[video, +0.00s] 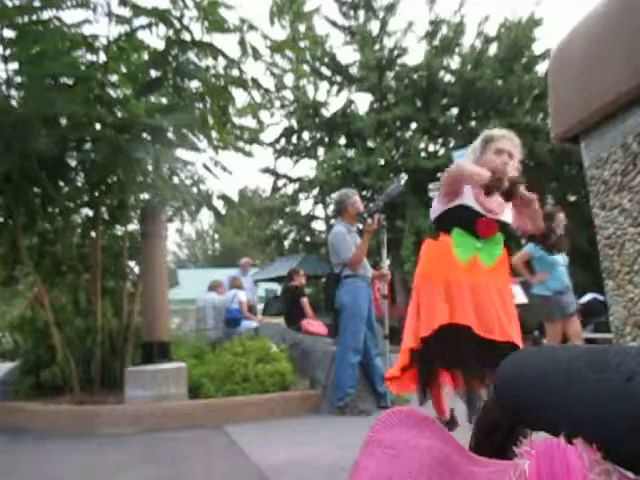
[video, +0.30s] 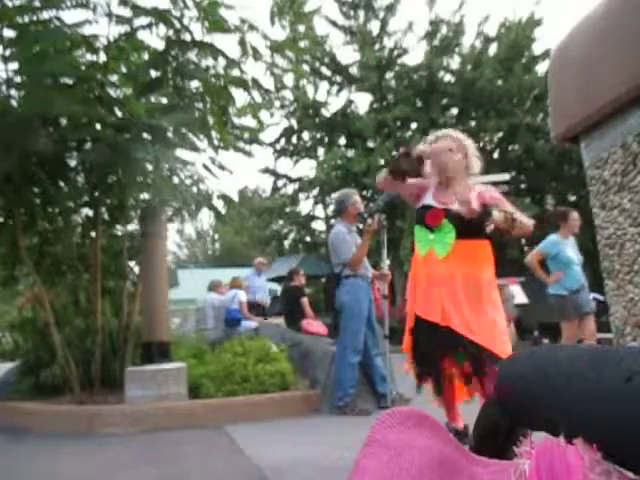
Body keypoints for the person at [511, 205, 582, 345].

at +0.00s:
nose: (563, 224)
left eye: (564, 221)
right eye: (560, 221)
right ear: (551, 223)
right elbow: (516, 260)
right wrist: (531, 278)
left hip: (565, 291)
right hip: (546, 294)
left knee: (576, 336)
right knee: (554, 338)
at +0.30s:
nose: (578, 224)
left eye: (578, 220)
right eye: (575, 220)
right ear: (564, 223)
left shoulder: (572, 240)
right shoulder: (553, 241)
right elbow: (530, 259)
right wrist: (546, 278)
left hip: (580, 289)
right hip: (562, 292)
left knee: (590, 334)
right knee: (569, 336)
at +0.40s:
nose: (583, 224)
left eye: (583, 220)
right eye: (579, 220)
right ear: (569, 222)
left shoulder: (575, 240)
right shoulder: (558, 240)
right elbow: (536, 259)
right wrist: (551, 278)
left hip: (585, 288)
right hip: (568, 292)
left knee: (593, 334)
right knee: (581, 336)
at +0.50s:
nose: (587, 223)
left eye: (587, 219)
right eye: (583, 219)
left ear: (587, 222)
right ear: (573, 222)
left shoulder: (578, 240)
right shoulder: (562, 240)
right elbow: (540, 259)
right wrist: (555, 279)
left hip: (588, 288)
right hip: (574, 292)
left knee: (594, 333)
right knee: (593, 334)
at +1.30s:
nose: (594, 218)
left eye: (594, 214)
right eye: (591, 214)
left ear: (584, 217)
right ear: (581, 217)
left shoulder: (584, 237)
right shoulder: (576, 234)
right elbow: (559, 253)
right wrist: (573, 272)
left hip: (595, 287)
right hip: (585, 288)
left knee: (597, 334)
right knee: (594, 334)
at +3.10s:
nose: (594, 214)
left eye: (592, 210)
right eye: (589, 211)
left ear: (584, 216)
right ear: (580, 216)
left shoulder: (587, 235)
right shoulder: (575, 234)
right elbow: (553, 254)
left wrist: (599, 279)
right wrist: (568, 273)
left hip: (594, 287)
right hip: (583, 288)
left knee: (599, 337)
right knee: (595, 337)